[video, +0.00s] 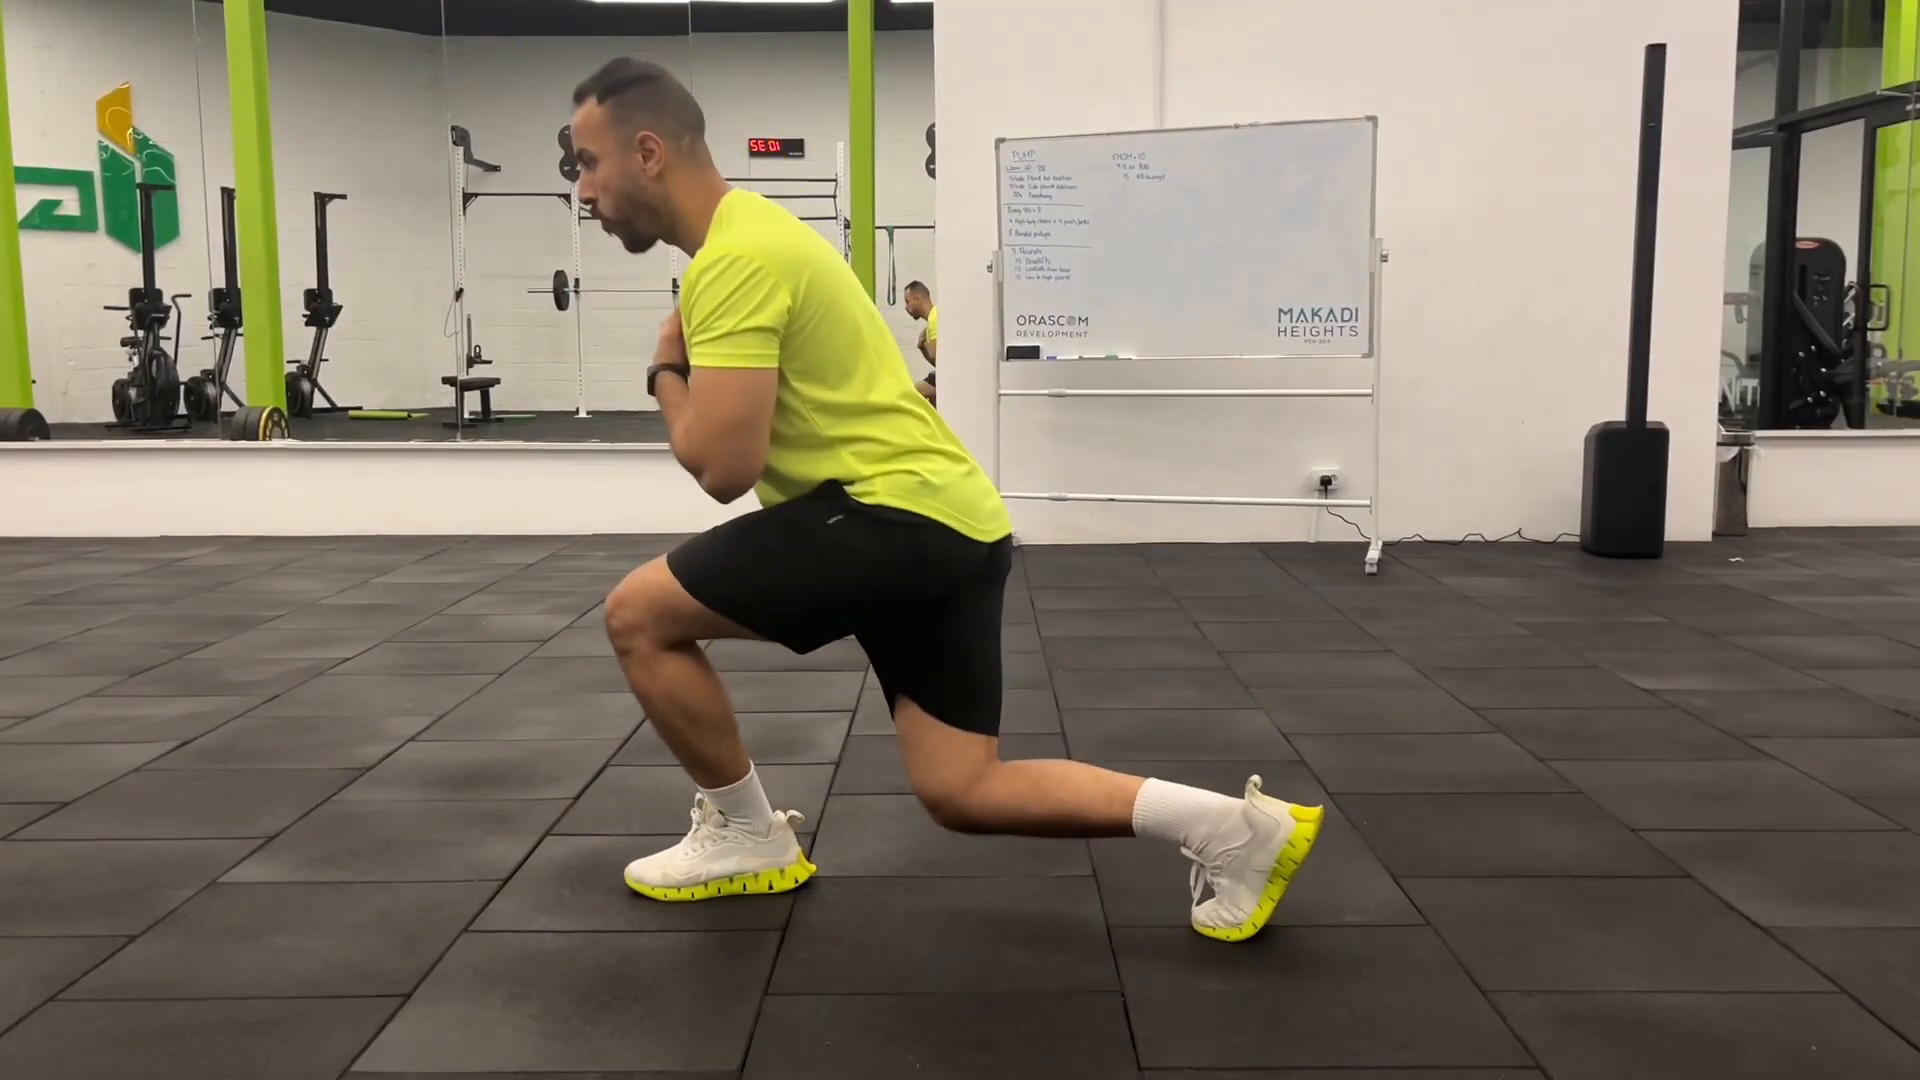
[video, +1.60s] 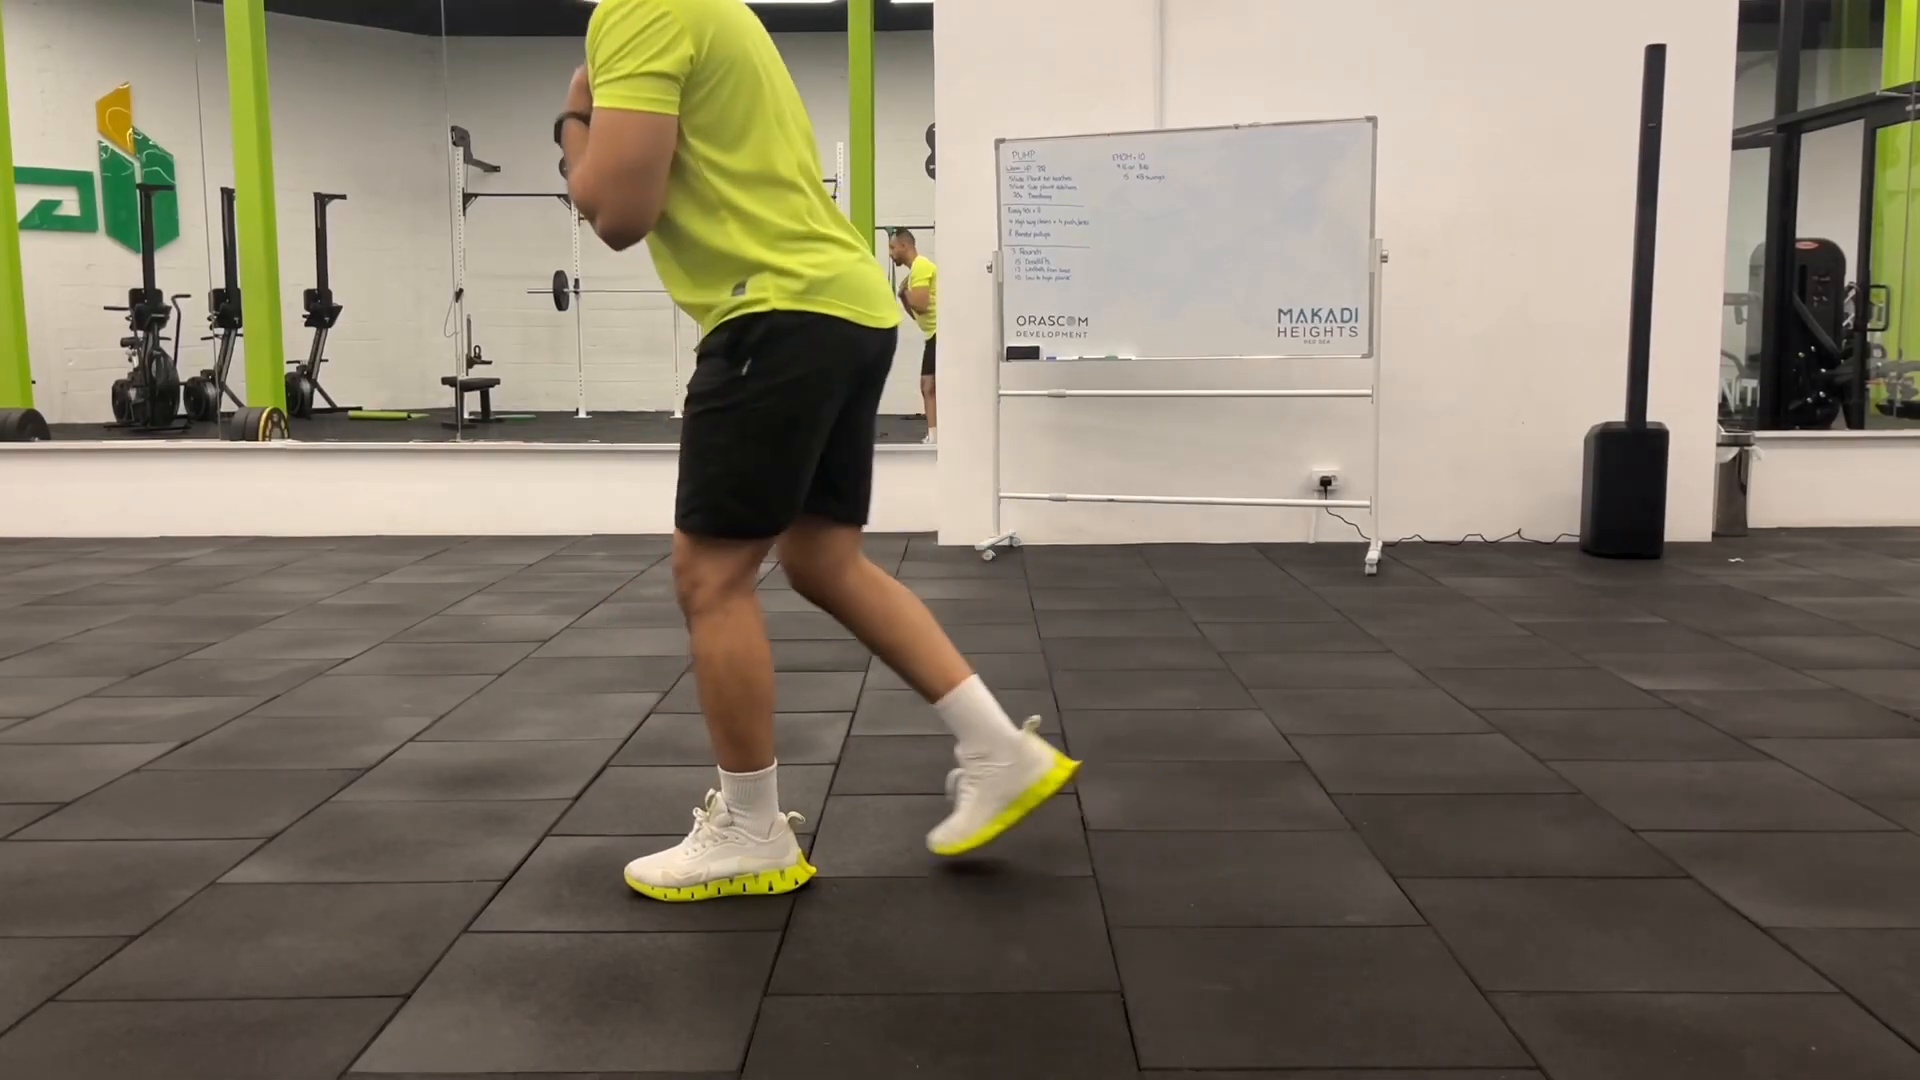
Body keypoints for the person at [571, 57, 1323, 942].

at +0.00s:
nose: (578, 193)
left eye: (585, 164)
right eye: (573, 168)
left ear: (649, 152)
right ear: (658, 154)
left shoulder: (741, 253)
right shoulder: (758, 237)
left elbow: (724, 465)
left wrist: (666, 379)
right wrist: (693, 383)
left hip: (887, 514)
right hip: (951, 518)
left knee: (640, 616)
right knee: (959, 787)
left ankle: (745, 834)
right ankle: (1232, 828)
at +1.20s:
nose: (555, 100)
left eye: (557, 71)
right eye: (548, 76)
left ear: (617, 54)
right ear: (630, 57)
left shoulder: (702, 148)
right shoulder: (738, 135)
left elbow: (697, 358)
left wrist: (643, 279)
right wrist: (672, 282)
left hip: (869, 418)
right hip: (943, 417)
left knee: (668, 597)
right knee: (974, 674)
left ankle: (748, 834)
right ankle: (1227, 818)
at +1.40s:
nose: (507, 19)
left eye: (509, 2)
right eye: (501, 7)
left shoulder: (651, 58)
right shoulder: (679, 51)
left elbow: (648, 270)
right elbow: (663, 258)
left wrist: (593, 192)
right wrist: (613, 191)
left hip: (818, 345)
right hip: (891, 337)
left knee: (692, 585)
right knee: (928, 594)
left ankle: (750, 829)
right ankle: (1142, 756)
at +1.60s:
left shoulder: (644, 9)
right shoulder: (714, 15)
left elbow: (617, 213)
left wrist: (571, 126)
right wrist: (599, 132)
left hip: (772, 313)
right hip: (854, 307)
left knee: (712, 578)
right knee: (822, 556)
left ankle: (750, 831)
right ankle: (1002, 749)